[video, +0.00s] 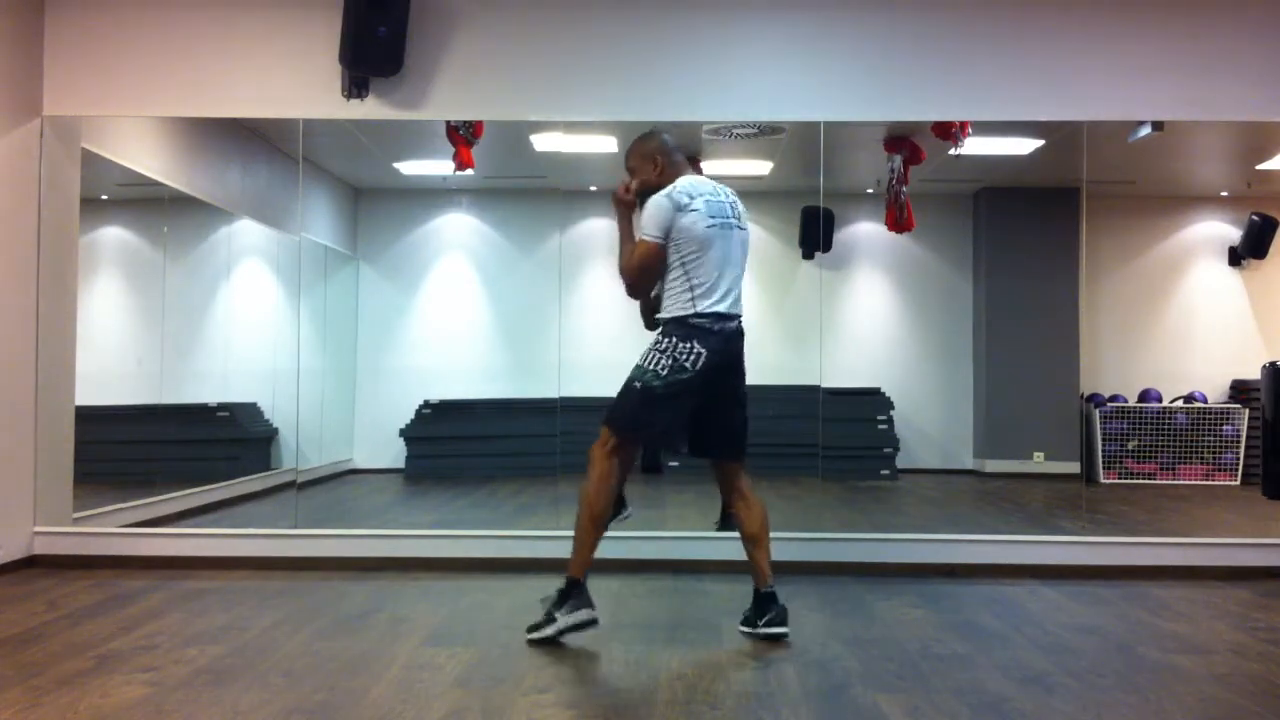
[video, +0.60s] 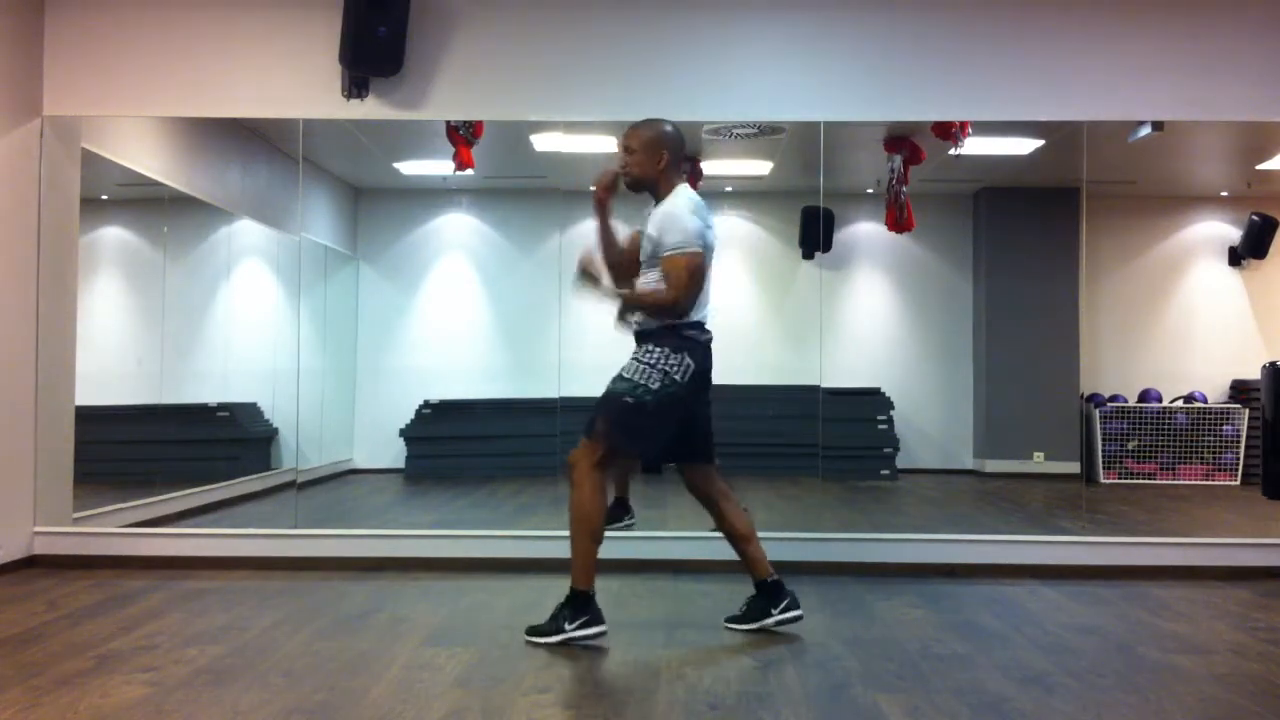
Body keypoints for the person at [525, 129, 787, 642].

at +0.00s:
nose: (632, 183)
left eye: (634, 172)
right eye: (631, 174)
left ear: (658, 161)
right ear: (678, 161)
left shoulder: (668, 199)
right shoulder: (729, 199)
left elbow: (636, 278)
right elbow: (693, 273)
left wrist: (627, 219)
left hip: (682, 342)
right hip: (728, 344)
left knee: (608, 450)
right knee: (734, 477)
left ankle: (573, 591)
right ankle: (767, 600)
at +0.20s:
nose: (612, 183)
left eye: (614, 173)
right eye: (611, 175)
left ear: (641, 167)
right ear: (657, 167)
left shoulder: (659, 201)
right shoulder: (695, 212)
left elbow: (618, 275)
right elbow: (718, 304)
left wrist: (609, 213)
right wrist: (648, 286)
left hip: (669, 354)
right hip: (696, 354)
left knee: (604, 469)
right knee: (692, 477)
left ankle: (583, 609)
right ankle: (763, 587)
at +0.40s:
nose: (620, 168)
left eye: (626, 157)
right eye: (619, 159)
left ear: (656, 159)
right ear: (654, 160)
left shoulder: (694, 202)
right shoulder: (646, 215)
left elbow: (648, 268)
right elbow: (579, 273)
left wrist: (623, 202)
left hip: (669, 352)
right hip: (655, 351)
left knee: (598, 466)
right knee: (676, 480)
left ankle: (584, 609)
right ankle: (763, 581)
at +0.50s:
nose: (620, 164)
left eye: (628, 154)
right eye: (620, 155)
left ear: (662, 157)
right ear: (651, 159)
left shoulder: (695, 208)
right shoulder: (641, 209)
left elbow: (658, 278)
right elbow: (582, 254)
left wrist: (619, 224)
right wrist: (572, 191)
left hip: (671, 354)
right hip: (659, 352)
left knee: (599, 467)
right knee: (688, 479)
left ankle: (584, 608)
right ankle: (767, 586)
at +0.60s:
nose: (622, 163)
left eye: (631, 153)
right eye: (624, 153)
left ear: (662, 159)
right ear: (663, 160)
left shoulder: (680, 210)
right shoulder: (670, 209)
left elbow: (677, 299)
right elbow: (622, 269)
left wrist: (624, 294)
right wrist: (603, 210)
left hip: (666, 354)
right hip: (681, 353)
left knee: (586, 462)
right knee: (702, 477)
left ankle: (580, 604)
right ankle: (772, 590)